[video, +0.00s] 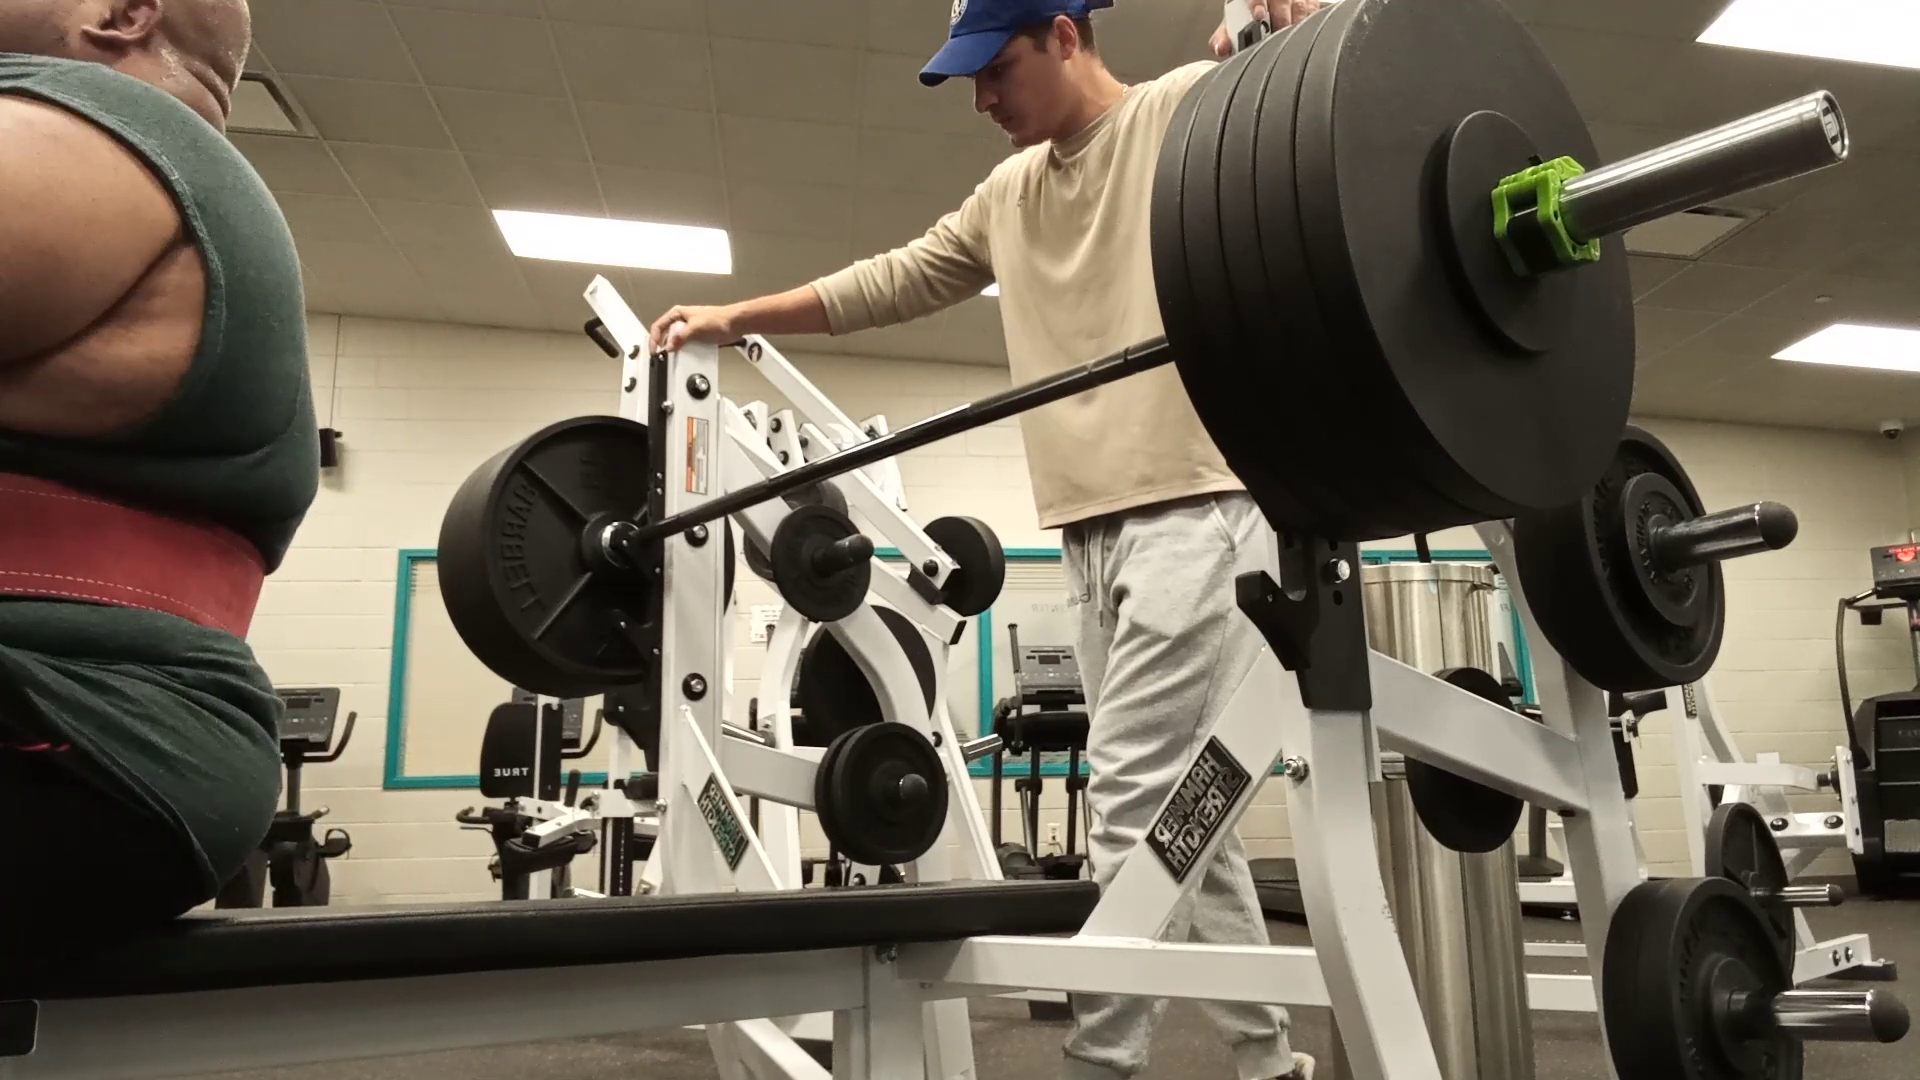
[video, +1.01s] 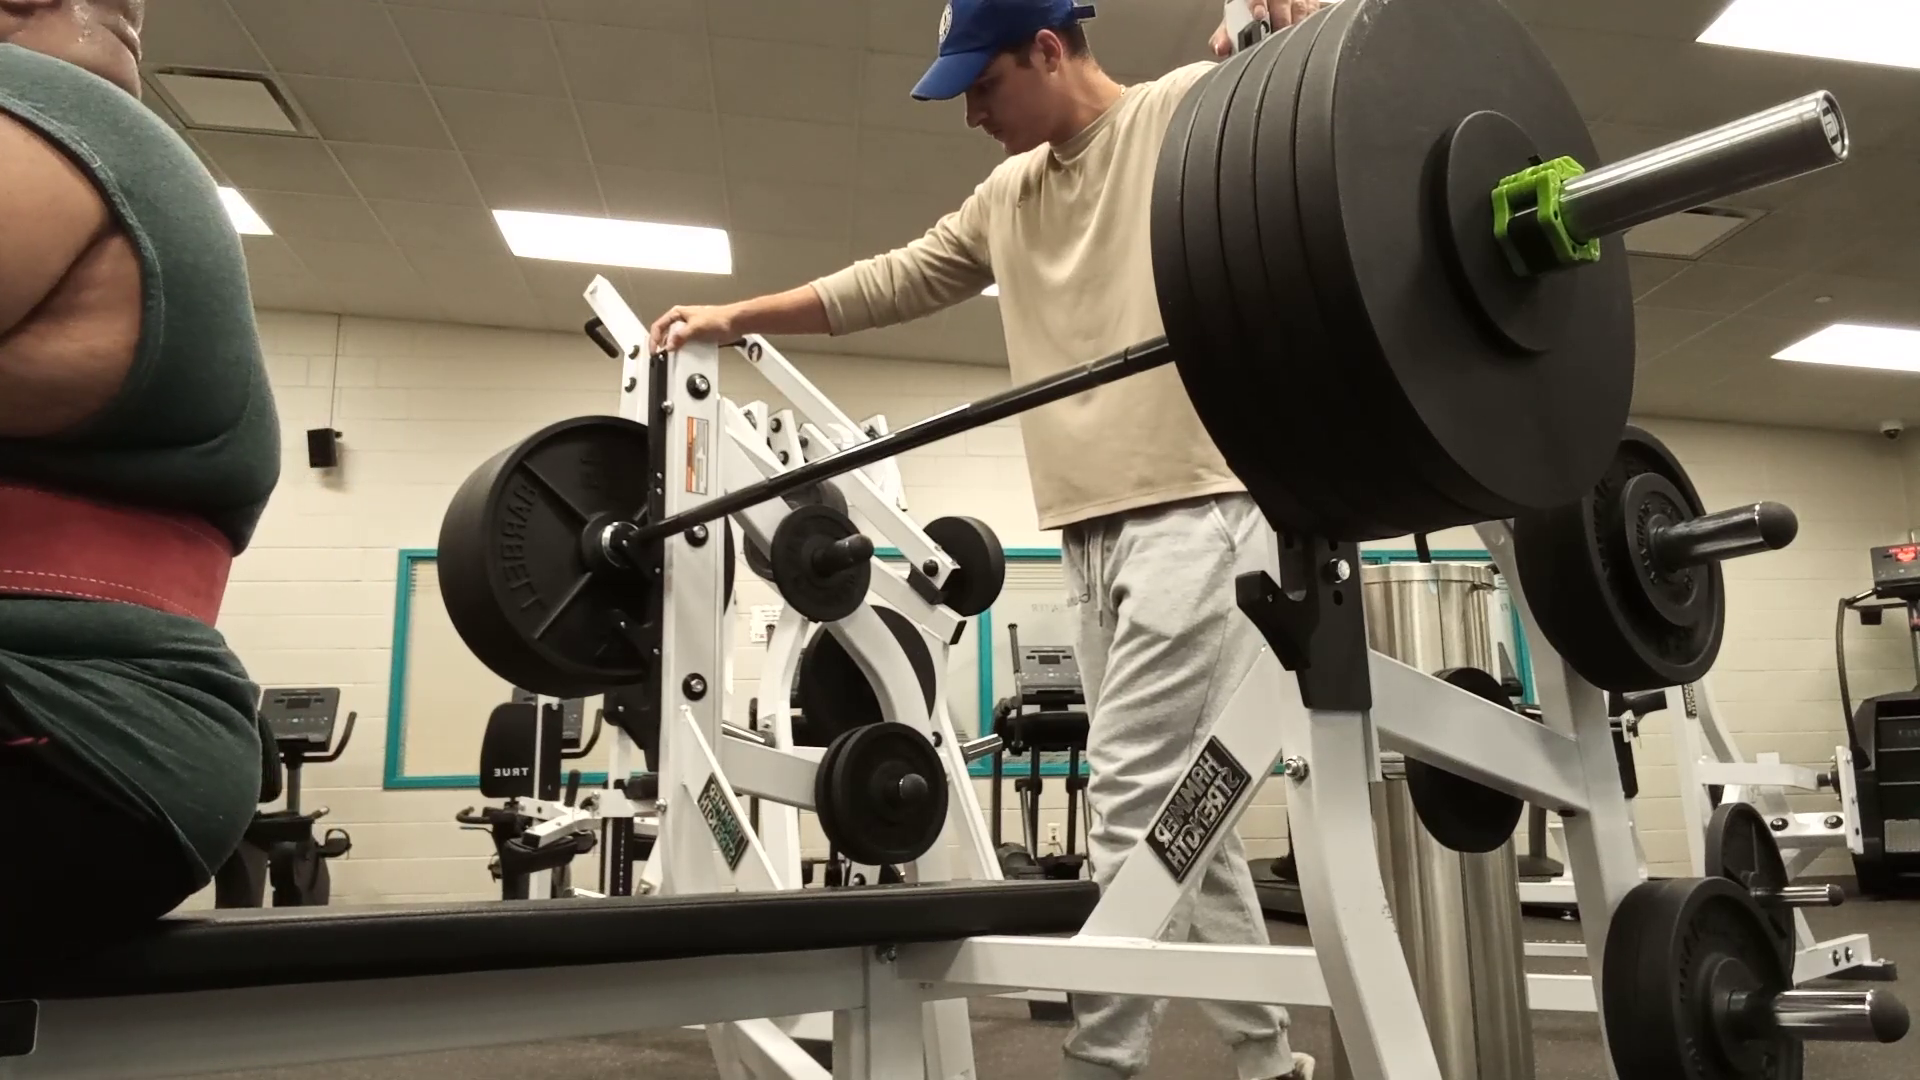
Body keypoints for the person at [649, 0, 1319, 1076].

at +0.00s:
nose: (985, 99)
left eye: (997, 71)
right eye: (977, 81)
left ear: (1066, 37)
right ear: (1002, 75)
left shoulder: (1187, 101)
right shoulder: (1006, 193)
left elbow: (1317, 111)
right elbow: (896, 279)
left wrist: (1293, 37)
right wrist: (735, 315)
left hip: (1201, 510)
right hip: (1090, 533)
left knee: (1128, 792)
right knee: (1173, 803)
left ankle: (1103, 1064)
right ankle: (1267, 1060)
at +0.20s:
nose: (983, 102)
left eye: (994, 75)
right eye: (975, 83)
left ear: (1064, 40)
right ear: (1023, 62)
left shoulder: (1186, 101)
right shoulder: (1006, 193)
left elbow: (1317, 106)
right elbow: (895, 279)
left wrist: (1292, 35)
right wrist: (735, 314)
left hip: (1200, 510)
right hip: (1090, 534)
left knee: (1129, 795)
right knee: (1176, 806)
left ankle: (1103, 1061)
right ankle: (1266, 1058)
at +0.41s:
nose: (976, 105)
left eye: (986, 78)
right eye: (970, 85)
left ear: (1055, 45)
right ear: (1026, 62)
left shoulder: (1185, 102)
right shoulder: (1006, 193)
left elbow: (1314, 110)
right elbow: (893, 279)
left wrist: (1291, 36)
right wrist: (734, 314)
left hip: (1201, 510)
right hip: (1090, 533)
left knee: (1129, 792)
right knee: (1174, 804)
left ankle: (1103, 1064)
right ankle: (1267, 1060)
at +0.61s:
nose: (973, 112)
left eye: (983, 85)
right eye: (966, 92)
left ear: (1053, 47)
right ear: (1024, 64)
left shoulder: (1185, 102)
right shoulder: (1005, 195)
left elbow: (1315, 112)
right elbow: (894, 280)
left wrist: (1291, 38)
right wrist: (735, 314)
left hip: (1200, 511)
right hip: (1091, 535)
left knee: (1129, 794)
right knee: (1174, 804)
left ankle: (1102, 1064)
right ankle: (1266, 1060)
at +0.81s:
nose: (972, 114)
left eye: (982, 88)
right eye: (965, 94)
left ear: (1051, 48)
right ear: (1025, 64)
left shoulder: (1185, 102)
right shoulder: (1006, 194)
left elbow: (1317, 113)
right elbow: (897, 279)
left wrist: (1293, 37)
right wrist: (735, 314)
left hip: (1200, 511)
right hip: (1090, 533)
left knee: (1128, 792)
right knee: (1173, 802)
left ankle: (1102, 1064)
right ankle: (1266, 1059)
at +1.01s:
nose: (972, 114)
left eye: (982, 88)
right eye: (965, 94)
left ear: (1051, 48)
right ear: (1026, 65)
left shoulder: (1185, 102)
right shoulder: (1005, 194)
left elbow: (1317, 113)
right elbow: (896, 279)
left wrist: (1291, 38)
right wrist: (735, 314)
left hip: (1201, 511)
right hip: (1091, 534)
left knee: (1128, 793)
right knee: (1174, 803)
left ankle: (1102, 1064)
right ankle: (1266, 1060)